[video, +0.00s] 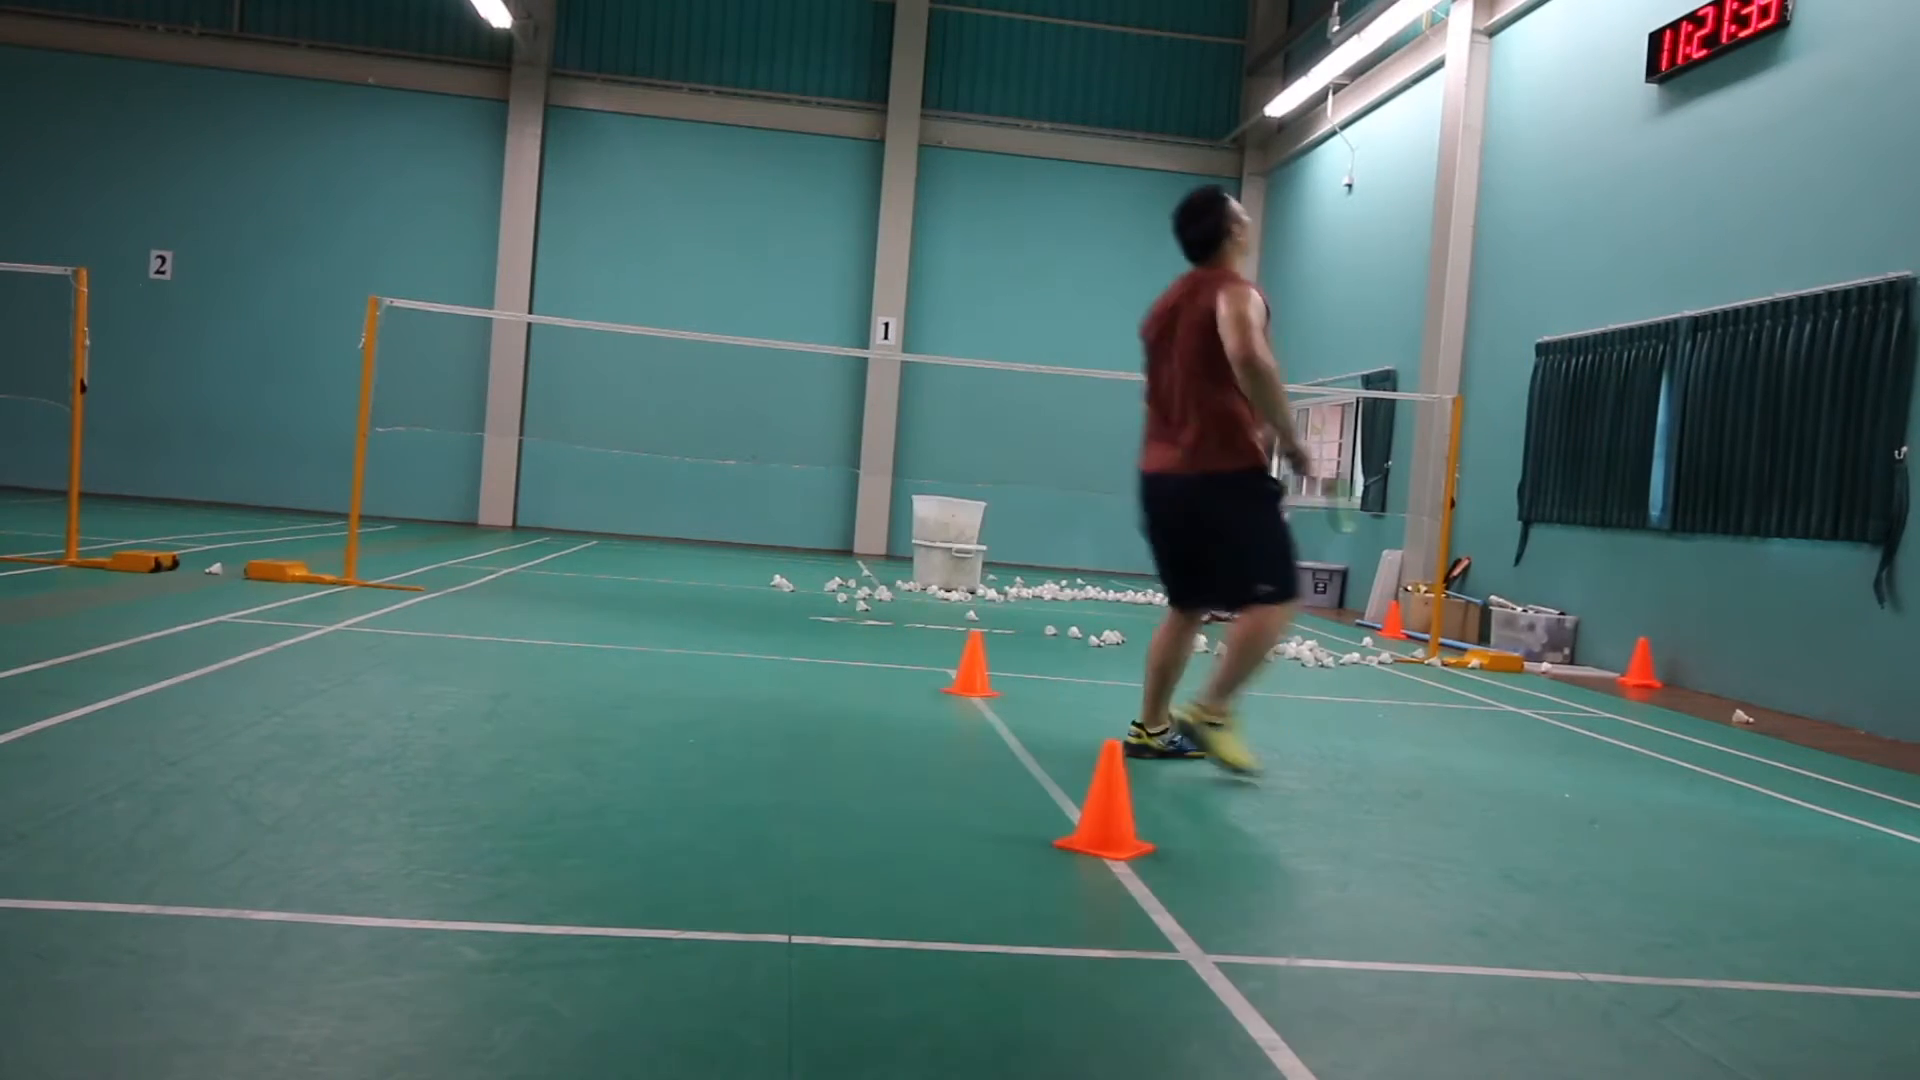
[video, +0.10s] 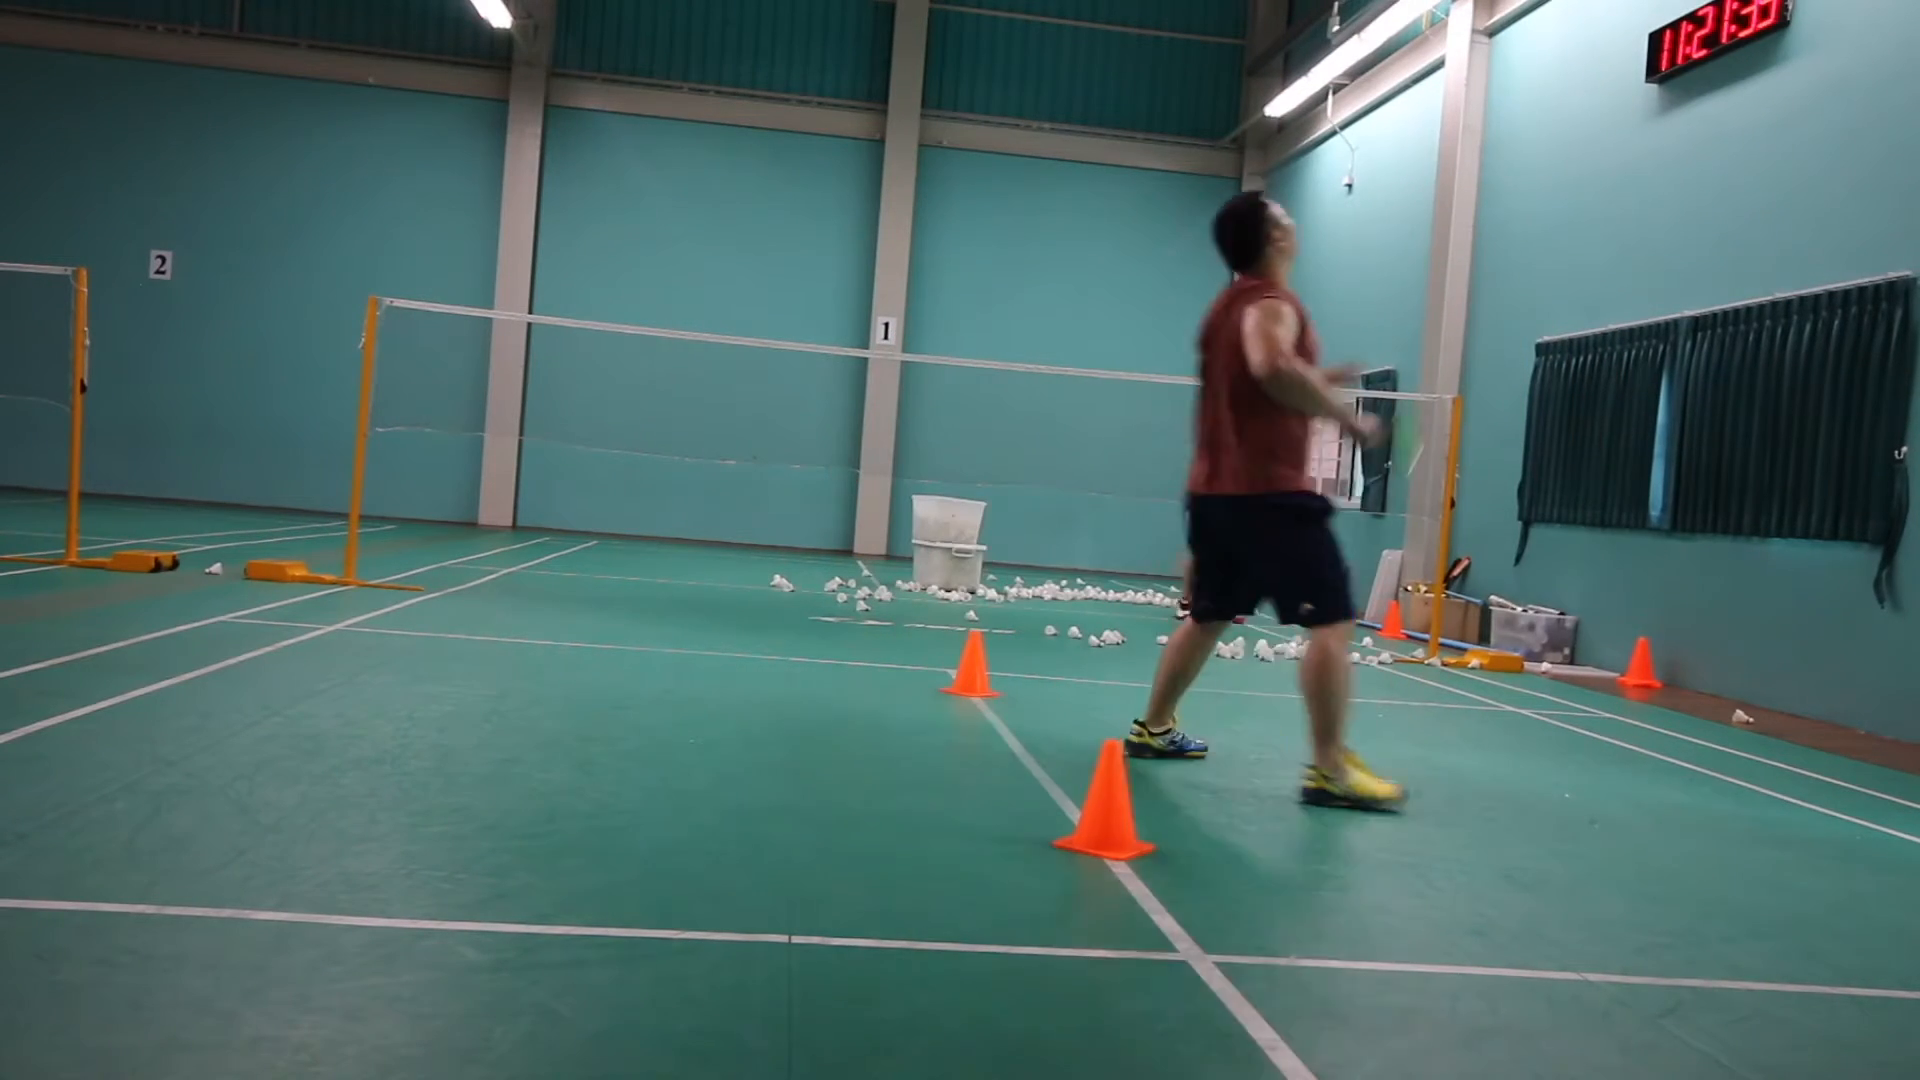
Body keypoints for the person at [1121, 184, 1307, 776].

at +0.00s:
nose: (1251, 224)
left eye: (1245, 214)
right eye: (1243, 217)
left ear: (1193, 241)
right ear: (1230, 231)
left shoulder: (1165, 303)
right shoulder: (1238, 292)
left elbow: (1164, 395)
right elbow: (1247, 357)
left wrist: (1235, 433)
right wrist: (1291, 437)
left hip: (1165, 479)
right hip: (1228, 478)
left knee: (1186, 603)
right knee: (1273, 599)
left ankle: (1151, 726)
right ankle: (1211, 710)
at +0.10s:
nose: (1292, 230)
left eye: (1287, 220)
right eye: (1283, 223)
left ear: (1239, 248)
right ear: (1267, 240)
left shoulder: (1225, 306)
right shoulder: (1270, 301)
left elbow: (1239, 388)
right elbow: (1270, 365)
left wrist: (1317, 377)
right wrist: (1349, 418)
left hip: (1219, 497)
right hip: (1277, 500)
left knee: (1208, 615)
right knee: (1331, 622)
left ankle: (1155, 724)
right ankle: (1331, 767)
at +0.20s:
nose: (1348, 213)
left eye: (1341, 204)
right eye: (1339, 208)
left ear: (1298, 239)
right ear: (1327, 229)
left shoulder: (1297, 288)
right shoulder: (1322, 287)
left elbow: (1342, 306)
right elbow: (1317, 337)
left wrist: (1390, 266)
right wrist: (1414, 322)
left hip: (1288, 493)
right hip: (1347, 492)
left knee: (1278, 612)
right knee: (1378, 629)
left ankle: (1195, 724)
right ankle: (1341, 770)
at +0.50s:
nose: (1499, 209)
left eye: (1489, 203)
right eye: (1488, 206)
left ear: (1441, 240)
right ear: (1471, 233)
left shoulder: (1448, 283)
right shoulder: (1453, 302)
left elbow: (1447, 224)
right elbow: (1436, 374)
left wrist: (1454, 147)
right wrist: (1497, 281)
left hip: (1442, 522)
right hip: (1507, 522)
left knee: (1426, 652)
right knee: (1566, 665)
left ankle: (1305, 743)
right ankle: (1567, 840)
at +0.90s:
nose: (1472, 256)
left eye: (1469, 246)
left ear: (1472, 248)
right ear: (1544, 247)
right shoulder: (1606, 316)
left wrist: (1401, 536)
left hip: (1516, 523)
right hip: (1622, 521)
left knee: (1451, 652)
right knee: (1644, 678)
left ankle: (1413, 796)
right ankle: (1674, 851)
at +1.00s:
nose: (1427, 276)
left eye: (1427, 266)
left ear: (1428, 268)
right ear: (1493, 269)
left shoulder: (1410, 332)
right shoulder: (1542, 340)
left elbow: (1380, 399)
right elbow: (1564, 445)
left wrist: (1358, 508)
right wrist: (1543, 513)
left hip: (1447, 527)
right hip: (1545, 528)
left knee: (1396, 652)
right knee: (1591, 671)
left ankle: (1429, 802)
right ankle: (1662, 816)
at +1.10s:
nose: (1390, 273)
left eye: (1388, 263)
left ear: (1386, 266)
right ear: (1449, 269)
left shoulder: (1352, 323)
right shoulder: (1492, 333)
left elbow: (1312, 387)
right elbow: (1521, 436)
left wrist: (1307, 491)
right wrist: (1480, 476)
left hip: (1389, 505)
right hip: (1480, 505)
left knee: (1377, 650)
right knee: (1482, 635)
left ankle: (1424, 792)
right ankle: (1531, 766)